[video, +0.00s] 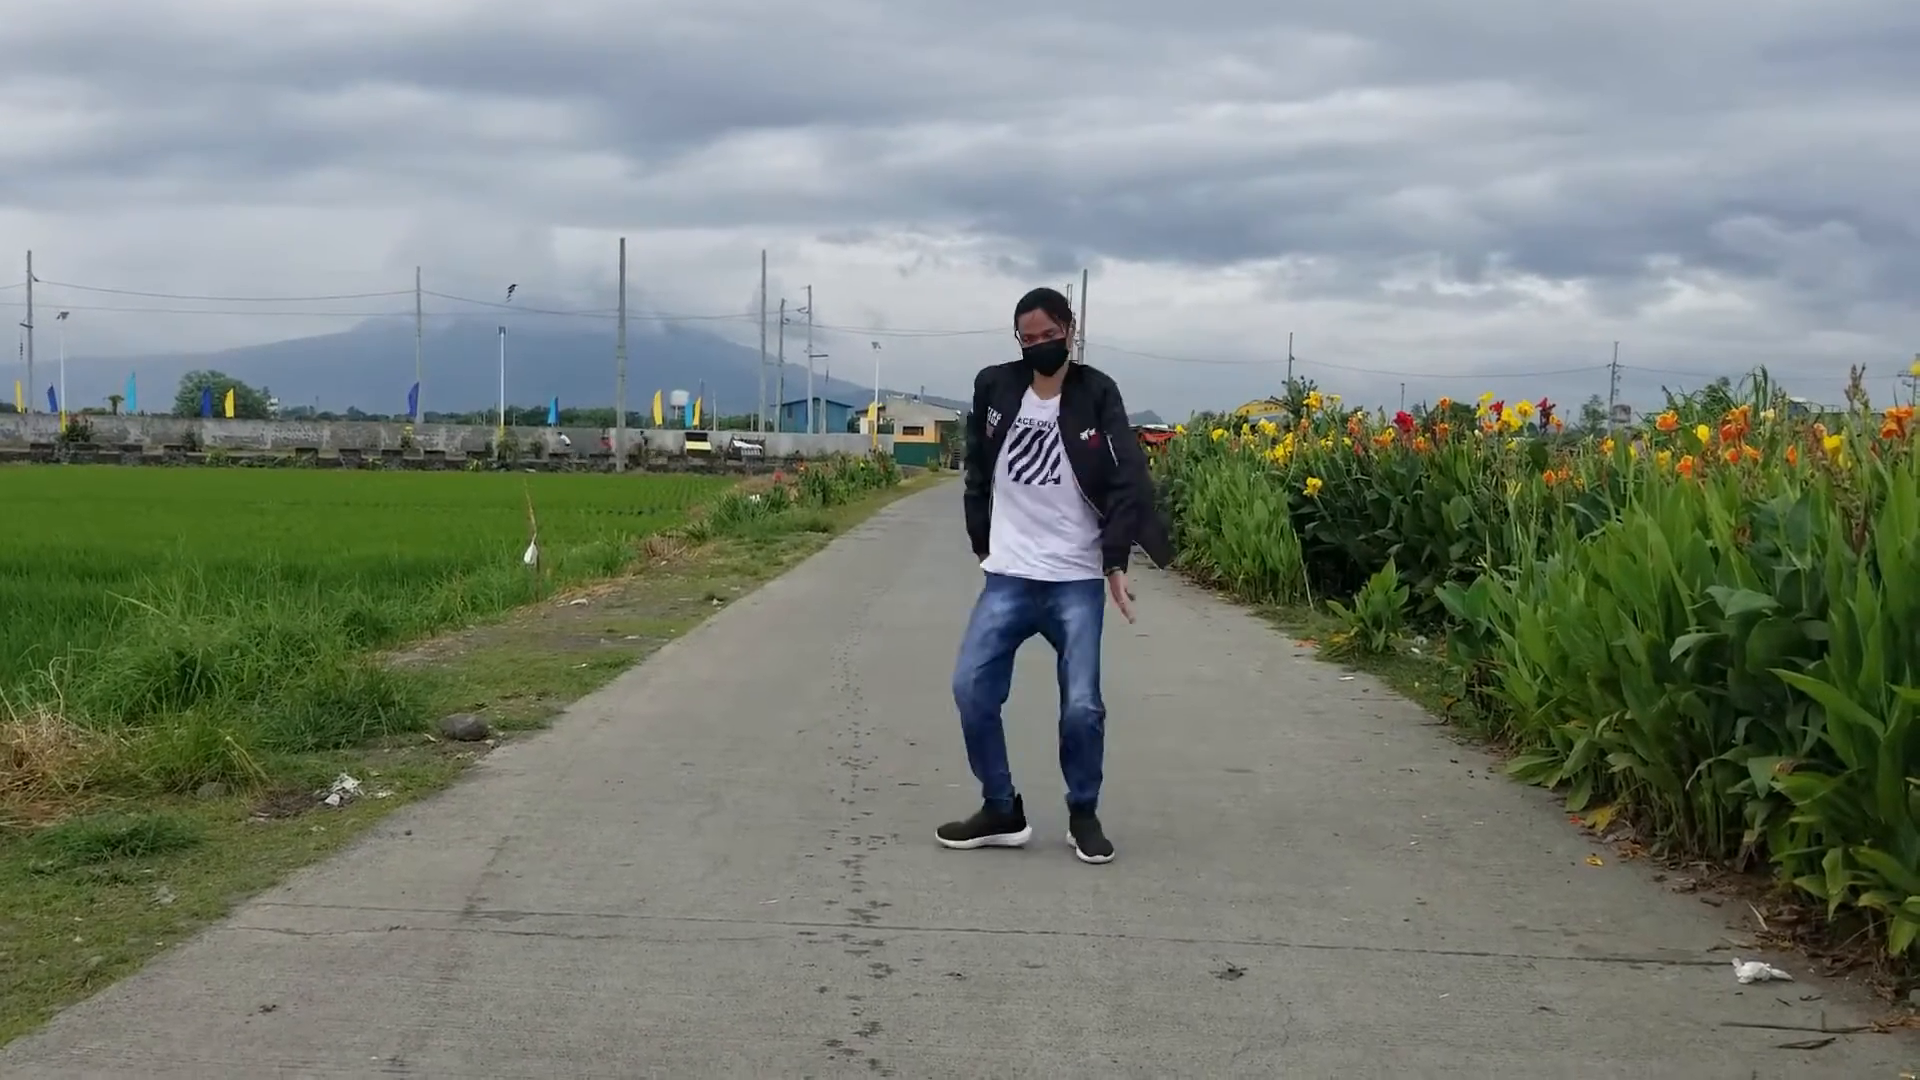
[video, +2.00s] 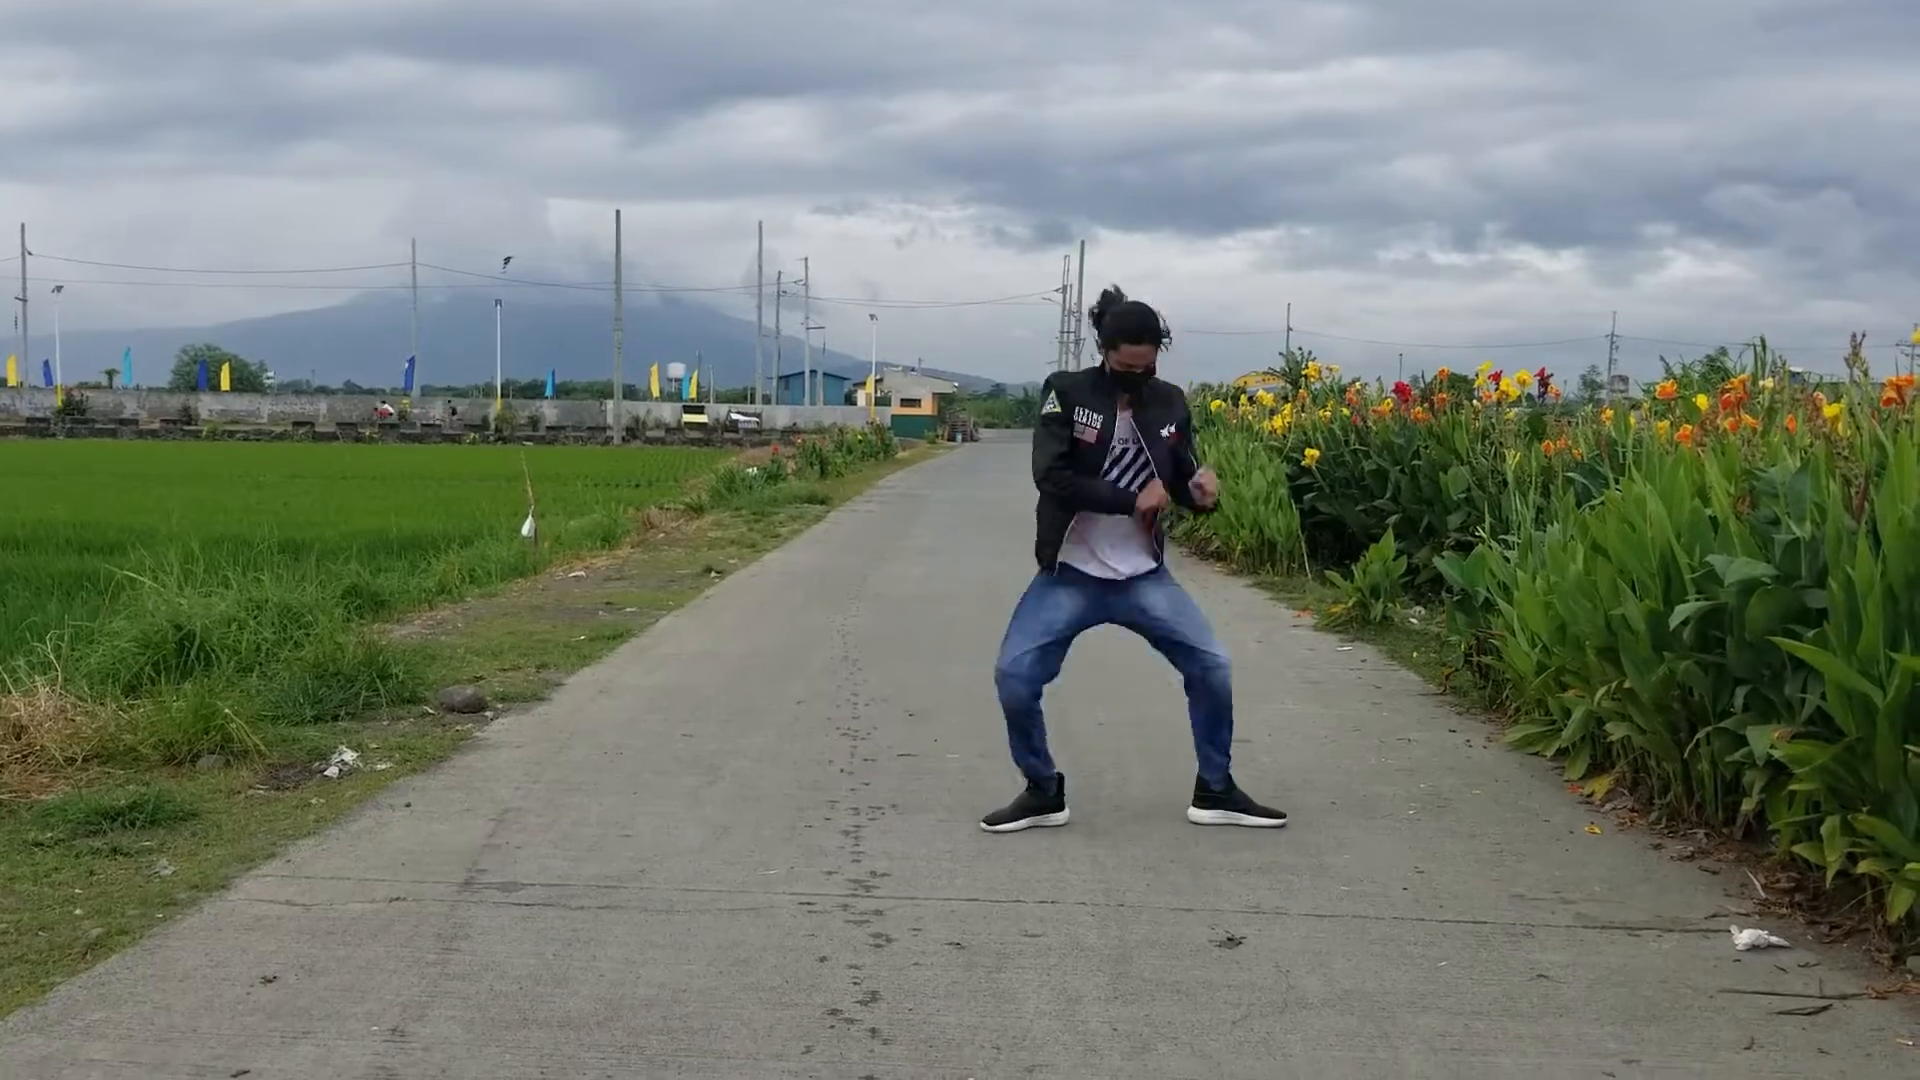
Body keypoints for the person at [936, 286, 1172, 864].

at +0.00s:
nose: (1039, 347)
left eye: (1048, 336)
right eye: (1029, 339)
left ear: (1069, 332)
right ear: (1017, 341)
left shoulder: (1097, 392)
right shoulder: (996, 386)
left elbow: (1129, 479)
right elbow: (977, 470)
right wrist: (984, 546)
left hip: (1077, 576)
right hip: (1008, 572)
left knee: (1082, 706)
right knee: (971, 687)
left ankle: (1084, 814)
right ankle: (1002, 810)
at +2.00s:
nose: (1137, 376)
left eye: (1146, 367)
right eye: (1128, 368)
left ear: (1158, 350)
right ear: (1106, 351)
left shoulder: (1171, 402)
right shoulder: (1067, 391)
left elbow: (1179, 484)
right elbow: (1050, 475)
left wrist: (1196, 491)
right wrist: (1131, 499)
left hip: (1143, 576)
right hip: (1069, 575)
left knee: (1212, 666)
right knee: (1013, 676)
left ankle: (1214, 789)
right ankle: (1043, 790)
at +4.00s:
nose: (928, 324)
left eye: (938, 312)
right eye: (919, 316)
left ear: (967, 311)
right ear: (912, 320)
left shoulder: (1007, 381)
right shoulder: (894, 386)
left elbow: (1019, 466)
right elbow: (873, 476)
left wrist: (1024, 534)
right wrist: (835, 536)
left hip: (985, 544)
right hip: (916, 547)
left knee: (978, 676)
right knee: (919, 673)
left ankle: (945, 739)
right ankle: (948, 781)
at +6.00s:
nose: (1007, 283)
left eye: (1016, 270)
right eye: (996, 277)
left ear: (1042, 273)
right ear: (986, 291)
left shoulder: (1077, 333)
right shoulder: (980, 350)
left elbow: (1131, 361)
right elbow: (949, 400)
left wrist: (1046, 347)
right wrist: (992, 337)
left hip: (1070, 520)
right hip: (1012, 524)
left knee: (987, 540)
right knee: (1040, 685)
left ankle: (1005, 685)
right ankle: (1064, 833)